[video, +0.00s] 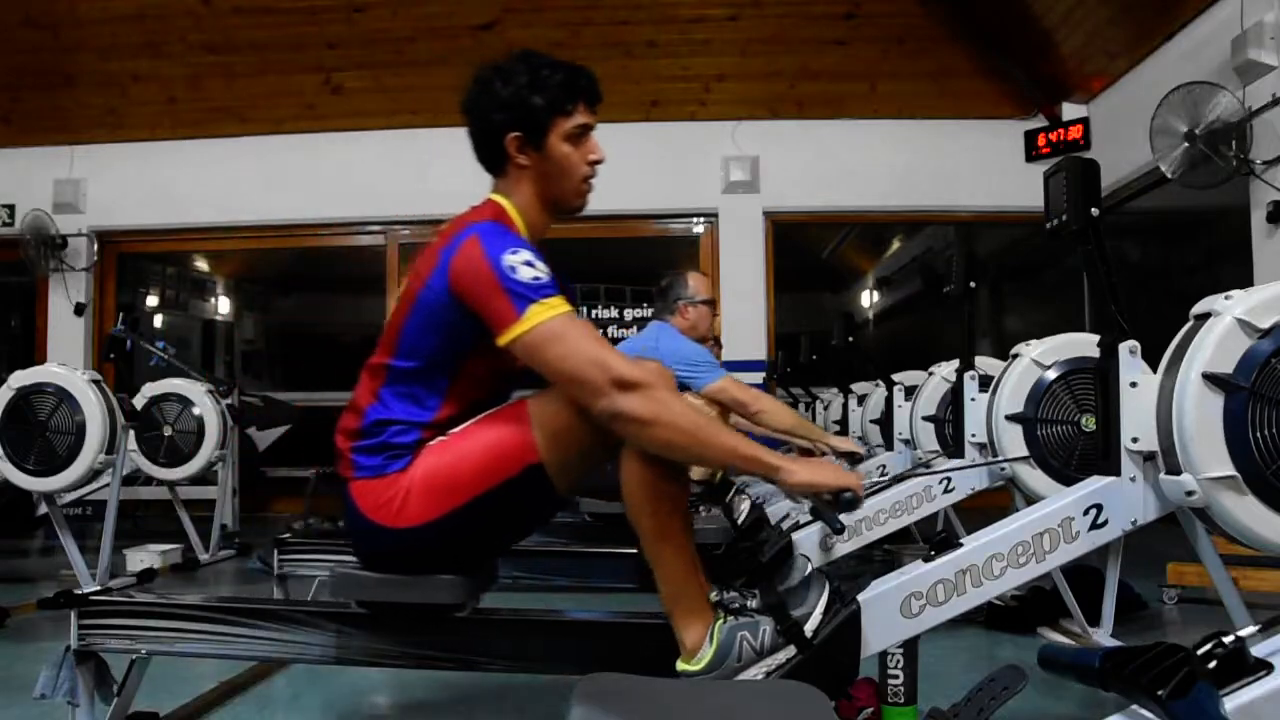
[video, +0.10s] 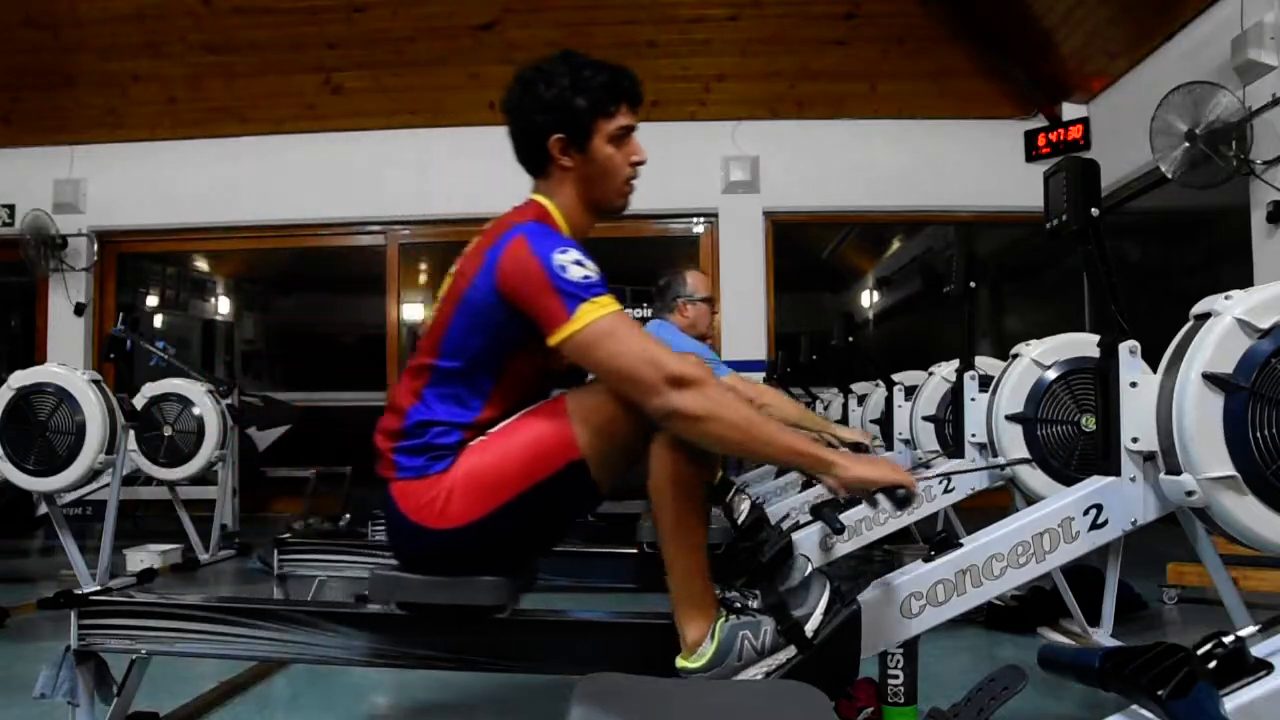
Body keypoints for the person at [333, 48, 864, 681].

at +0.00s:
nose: (598, 155)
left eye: (594, 136)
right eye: (579, 137)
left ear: (529, 153)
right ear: (520, 150)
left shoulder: (502, 244)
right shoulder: (487, 248)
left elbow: (611, 378)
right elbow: (620, 389)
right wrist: (780, 468)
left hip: (422, 483)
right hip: (396, 499)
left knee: (633, 386)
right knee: (633, 398)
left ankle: (698, 620)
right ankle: (700, 641)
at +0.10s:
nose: (640, 157)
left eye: (635, 138)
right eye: (621, 139)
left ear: (571, 154)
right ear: (563, 152)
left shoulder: (546, 244)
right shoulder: (533, 248)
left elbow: (665, 373)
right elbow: (672, 388)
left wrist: (821, 441)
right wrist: (829, 464)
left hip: (460, 490)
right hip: (437, 503)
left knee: (667, 384)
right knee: (661, 398)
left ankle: (705, 616)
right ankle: (701, 637)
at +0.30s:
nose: (708, 157)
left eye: (704, 139)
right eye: (691, 141)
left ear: (638, 155)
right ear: (634, 154)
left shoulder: (619, 243)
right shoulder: (610, 248)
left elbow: (764, 366)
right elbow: (765, 383)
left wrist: (883, 445)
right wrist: (923, 447)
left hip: (520, 495)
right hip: (502, 506)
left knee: (734, 373)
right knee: (730, 384)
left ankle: (705, 607)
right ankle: (702, 623)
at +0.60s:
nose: (673, 144)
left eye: (667, 125)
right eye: (655, 126)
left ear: (605, 145)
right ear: (599, 142)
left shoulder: (586, 228)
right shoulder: (580, 232)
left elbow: (709, 348)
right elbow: (726, 365)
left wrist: (857, 415)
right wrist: (881, 418)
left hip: (495, 484)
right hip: (478, 498)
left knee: (701, 360)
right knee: (708, 375)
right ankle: (703, 622)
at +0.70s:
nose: (598, 132)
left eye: (593, 116)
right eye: (578, 116)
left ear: (528, 134)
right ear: (521, 129)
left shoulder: (508, 220)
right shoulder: (508, 224)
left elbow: (585, 362)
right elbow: (635, 364)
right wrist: (797, 409)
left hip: (441, 481)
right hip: (421, 495)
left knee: (644, 371)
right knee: (654, 377)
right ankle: (704, 629)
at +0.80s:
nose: (506, 120)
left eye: (501, 104)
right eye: (485, 105)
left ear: (435, 123)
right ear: (426, 121)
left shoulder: (431, 218)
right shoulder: (414, 218)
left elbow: (547, 337)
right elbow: (538, 352)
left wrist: (696, 381)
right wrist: (711, 384)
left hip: (379, 475)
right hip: (354, 490)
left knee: (595, 397)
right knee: (598, 412)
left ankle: (697, 617)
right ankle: (703, 634)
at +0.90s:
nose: (408, 116)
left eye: (403, 99)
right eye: (387, 100)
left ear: (351, 119)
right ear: (327, 117)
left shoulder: (372, 228)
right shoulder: (321, 211)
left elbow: (468, 349)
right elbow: (448, 337)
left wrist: (607, 370)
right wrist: (616, 367)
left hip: (325, 475)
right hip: (280, 487)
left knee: (548, 426)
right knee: (539, 436)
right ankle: (702, 640)